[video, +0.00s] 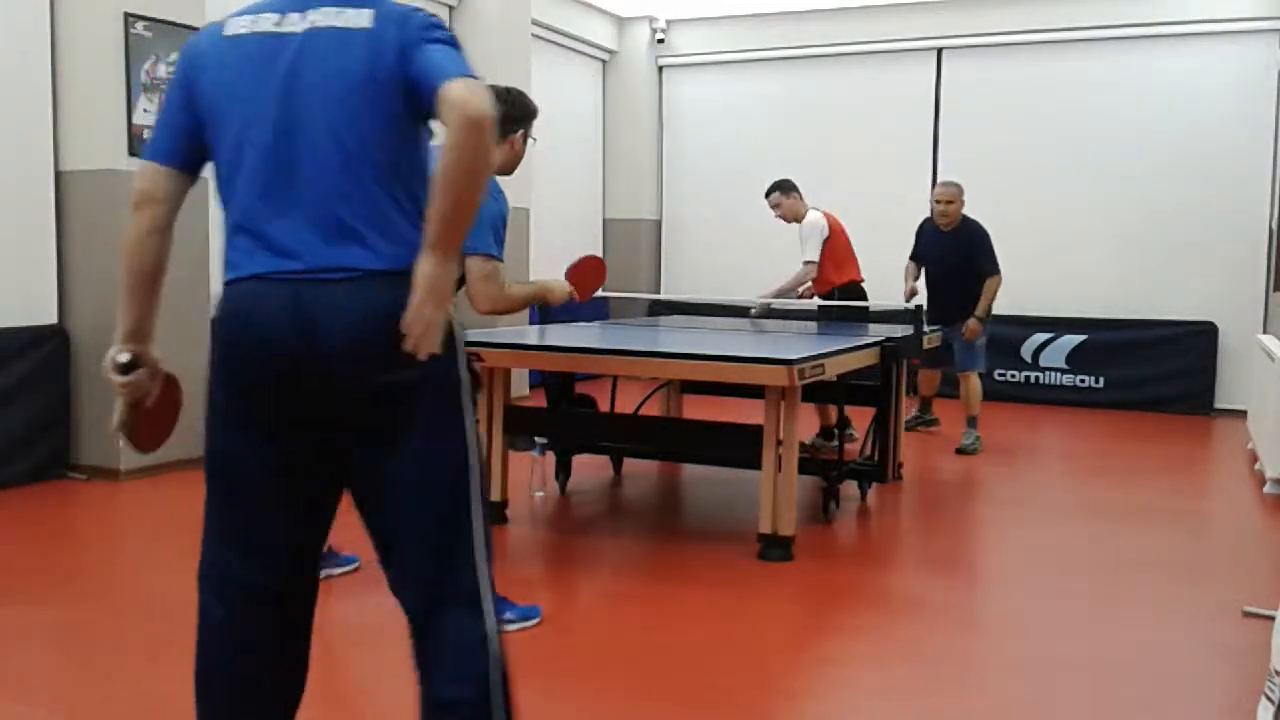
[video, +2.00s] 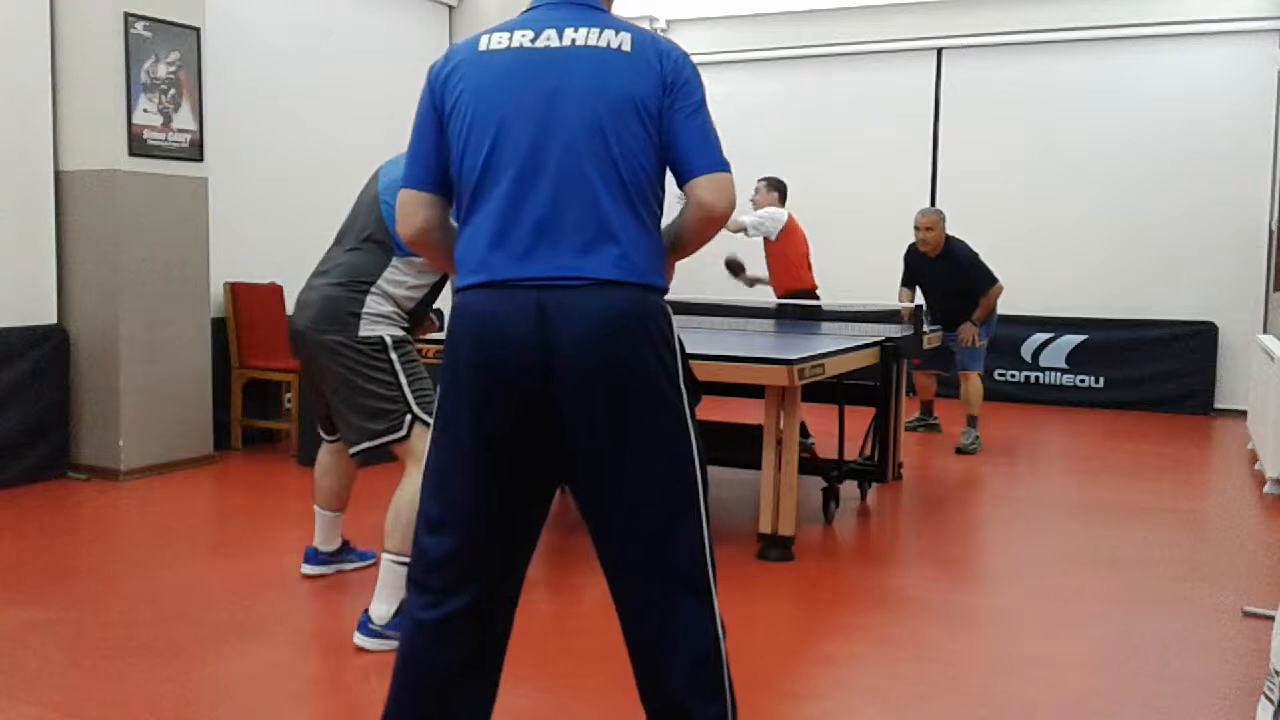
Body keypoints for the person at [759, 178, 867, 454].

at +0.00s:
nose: (777, 214)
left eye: (778, 206)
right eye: (773, 209)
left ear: (795, 197)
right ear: (797, 199)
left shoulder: (812, 221)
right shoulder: (820, 218)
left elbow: (810, 270)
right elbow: (835, 264)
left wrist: (769, 297)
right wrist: (813, 286)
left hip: (842, 299)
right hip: (846, 297)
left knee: (819, 367)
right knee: (828, 365)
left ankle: (827, 432)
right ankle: (841, 421)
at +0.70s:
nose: (765, 237)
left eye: (765, 229)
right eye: (762, 231)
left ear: (780, 220)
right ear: (783, 222)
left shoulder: (805, 239)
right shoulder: (806, 239)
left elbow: (788, 285)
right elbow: (818, 284)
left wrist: (749, 302)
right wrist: (797, 299)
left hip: (844, 311)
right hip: (832, 311)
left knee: (821, 373)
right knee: (813, 371)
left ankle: (845, 429)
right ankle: (844, 428)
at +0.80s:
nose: (758, 244)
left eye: (758, 236)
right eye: (755, 238)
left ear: (774, 228)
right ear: (776, 229)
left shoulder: (797, 245)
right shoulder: (794, 247)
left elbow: (776, 292)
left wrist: (736, 304)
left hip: (836, 316)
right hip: (825, 316)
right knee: (809, 375)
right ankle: (842, 426)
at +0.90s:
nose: (751, 252)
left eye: (752, 244)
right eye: (749, 246)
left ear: (768, 236)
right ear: (771, 237)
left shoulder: (790, 253)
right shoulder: (789, 254)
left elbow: (766, 299)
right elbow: (772, 301)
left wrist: (724, 309)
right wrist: (734, 307)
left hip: (830, 319)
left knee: (779, 374)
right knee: (798, 376)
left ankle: (799, 431)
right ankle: (839, 422)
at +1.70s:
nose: (739, 237)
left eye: (740, 229)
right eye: (738, 231)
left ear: (756, 224)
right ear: (760, 225)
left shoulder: (771, 242)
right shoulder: (783, 245)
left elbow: (738, 279)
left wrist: (691, 287)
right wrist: (757, 290)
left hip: (802, 317)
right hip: (819, 315)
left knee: (773, 368)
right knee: (775, 368)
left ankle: (798, 433)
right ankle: (798, 432)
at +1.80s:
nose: (745, 219)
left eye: (747, 212)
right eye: (744, 213)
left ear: (764, 209)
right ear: (768, 211)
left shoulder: (773, 227)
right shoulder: (784, 232)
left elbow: (741, 249)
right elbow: (782, 281)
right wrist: (753, 271)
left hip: (804, 314)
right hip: (808, 312)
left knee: (781, 376)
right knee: (781, 375)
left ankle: (801, 435)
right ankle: (799, 434)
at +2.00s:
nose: (752, 198)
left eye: (757, 193)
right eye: (754, 193)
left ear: (774, 196)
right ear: (777, 197)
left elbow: (735, 226)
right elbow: (787, 277)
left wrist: (700, 205)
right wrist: (752, 279)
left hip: (795, 306)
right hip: (805, 304)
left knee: (782, 374)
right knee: (784, 375)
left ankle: (801, 435)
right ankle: (799, 434)